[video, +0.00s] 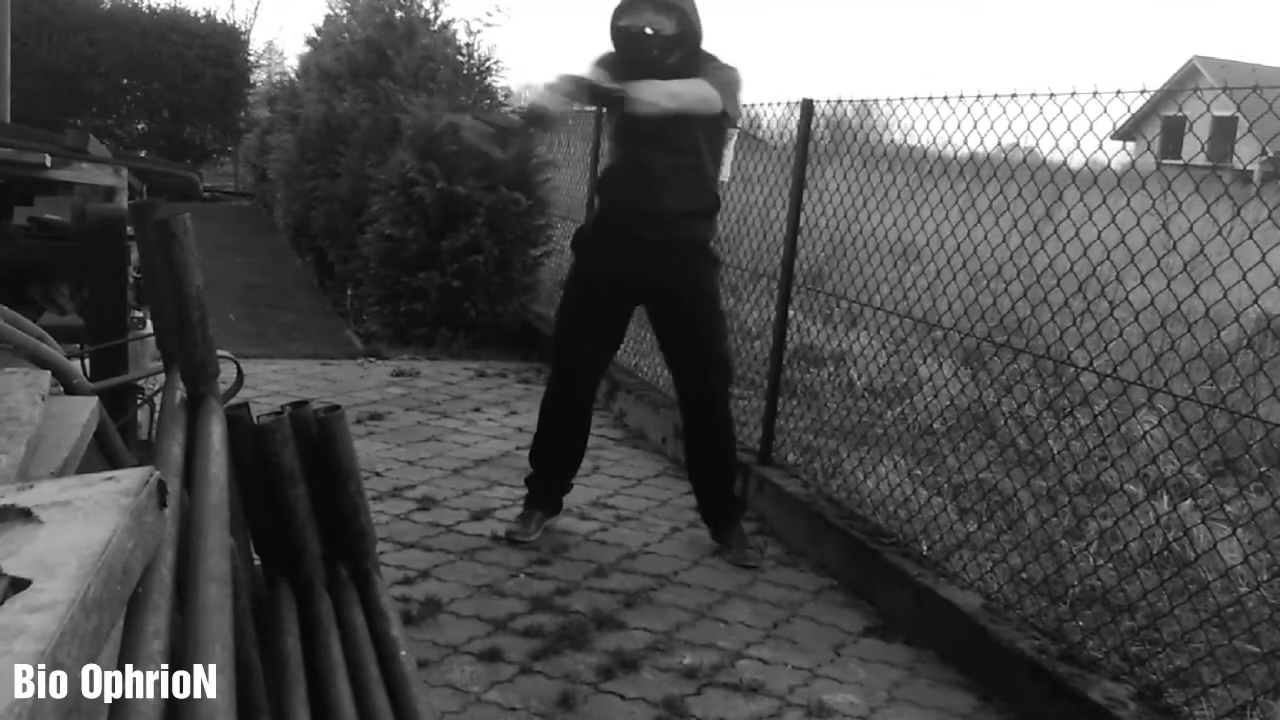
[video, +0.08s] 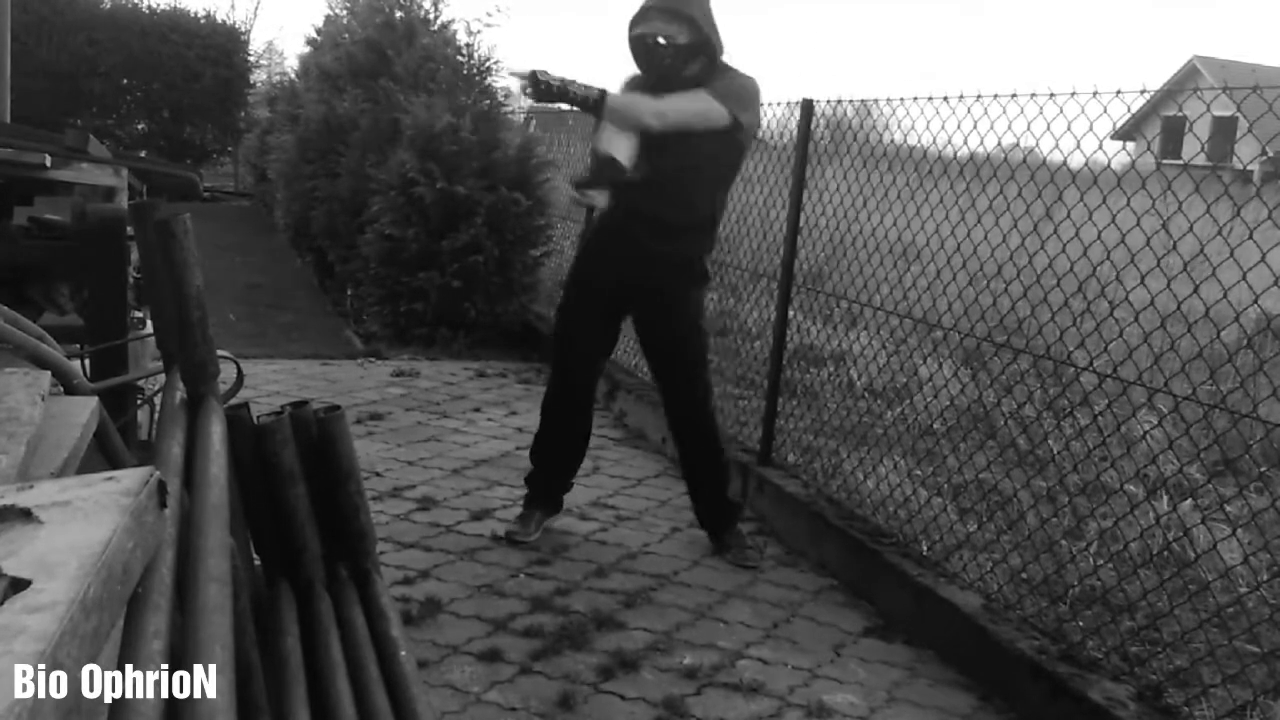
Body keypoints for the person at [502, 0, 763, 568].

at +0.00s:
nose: (643, 41)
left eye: (657, 29)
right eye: (631, 31)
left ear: (684, 35)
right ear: (619, 36)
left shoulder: (719, 78)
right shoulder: (614, 74)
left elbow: (655, 98)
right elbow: (557, 91)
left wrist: (603, 92)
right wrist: (538, 104)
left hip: (682, 255)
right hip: (608, 248)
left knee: (707, 387)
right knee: (571, 375)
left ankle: (725, 520)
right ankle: (542, 499)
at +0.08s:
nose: (657, 58)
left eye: (671, 45)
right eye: (648, 46)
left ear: (701, 44)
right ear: (638, 46)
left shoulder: (737, 92)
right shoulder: (633, 94)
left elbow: (657, 114)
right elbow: (614, 142)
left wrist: (575, 95)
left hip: (671, 270)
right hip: (604, 258)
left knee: (690, 401)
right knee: (570, 382)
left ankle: (722, 524)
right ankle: (541, 500)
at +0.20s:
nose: (667, 57)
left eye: (680, 46)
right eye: (655, 45)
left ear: (707, 44)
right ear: (644, 46)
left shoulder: (739, 93)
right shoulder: (639, 90)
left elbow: (684, 145)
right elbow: (608, 165)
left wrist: (616, 108)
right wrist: (617, 159)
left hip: (674, 271)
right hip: (609, 257)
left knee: (691, 401)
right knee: (568, 379)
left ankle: (720, 523)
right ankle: (542, 498)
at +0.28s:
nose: (656, 45)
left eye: (671, 33)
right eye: (645, 34)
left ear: (697, 35)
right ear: (632, 36)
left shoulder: (727, 75)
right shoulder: (631, 80)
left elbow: (717, 128)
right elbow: (593, 129)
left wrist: (648, 108)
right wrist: (613, 84)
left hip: (683, 256)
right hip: (612, 247)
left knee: (705, 391)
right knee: (571, 374)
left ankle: (724, 522)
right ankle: (542, 499)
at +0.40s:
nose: (657, 21)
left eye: (671, 15)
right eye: (647, 11)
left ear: (688, 23)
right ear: (627, 14)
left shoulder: (704, 58)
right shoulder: (607, 53)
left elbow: (721, 96)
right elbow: (570, 78)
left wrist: (665, 120)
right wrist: (632, 80)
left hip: (689, 254)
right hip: (613, 248)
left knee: (711, 388)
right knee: (575, 379)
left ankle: (729, 522)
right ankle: (543, 501)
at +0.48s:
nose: (647, 29)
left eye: (660, 23)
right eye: (638, 17)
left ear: (676, 34)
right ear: (614, 17)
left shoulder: (687, 72)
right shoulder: (584, 62)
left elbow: (689, 121)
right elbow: (591, 123)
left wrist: (658, 171)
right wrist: (642, 170)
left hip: (692, 251)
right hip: (616, 250)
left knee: (717, 382)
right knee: (584, 380)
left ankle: (735, 518)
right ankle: (546, 501)